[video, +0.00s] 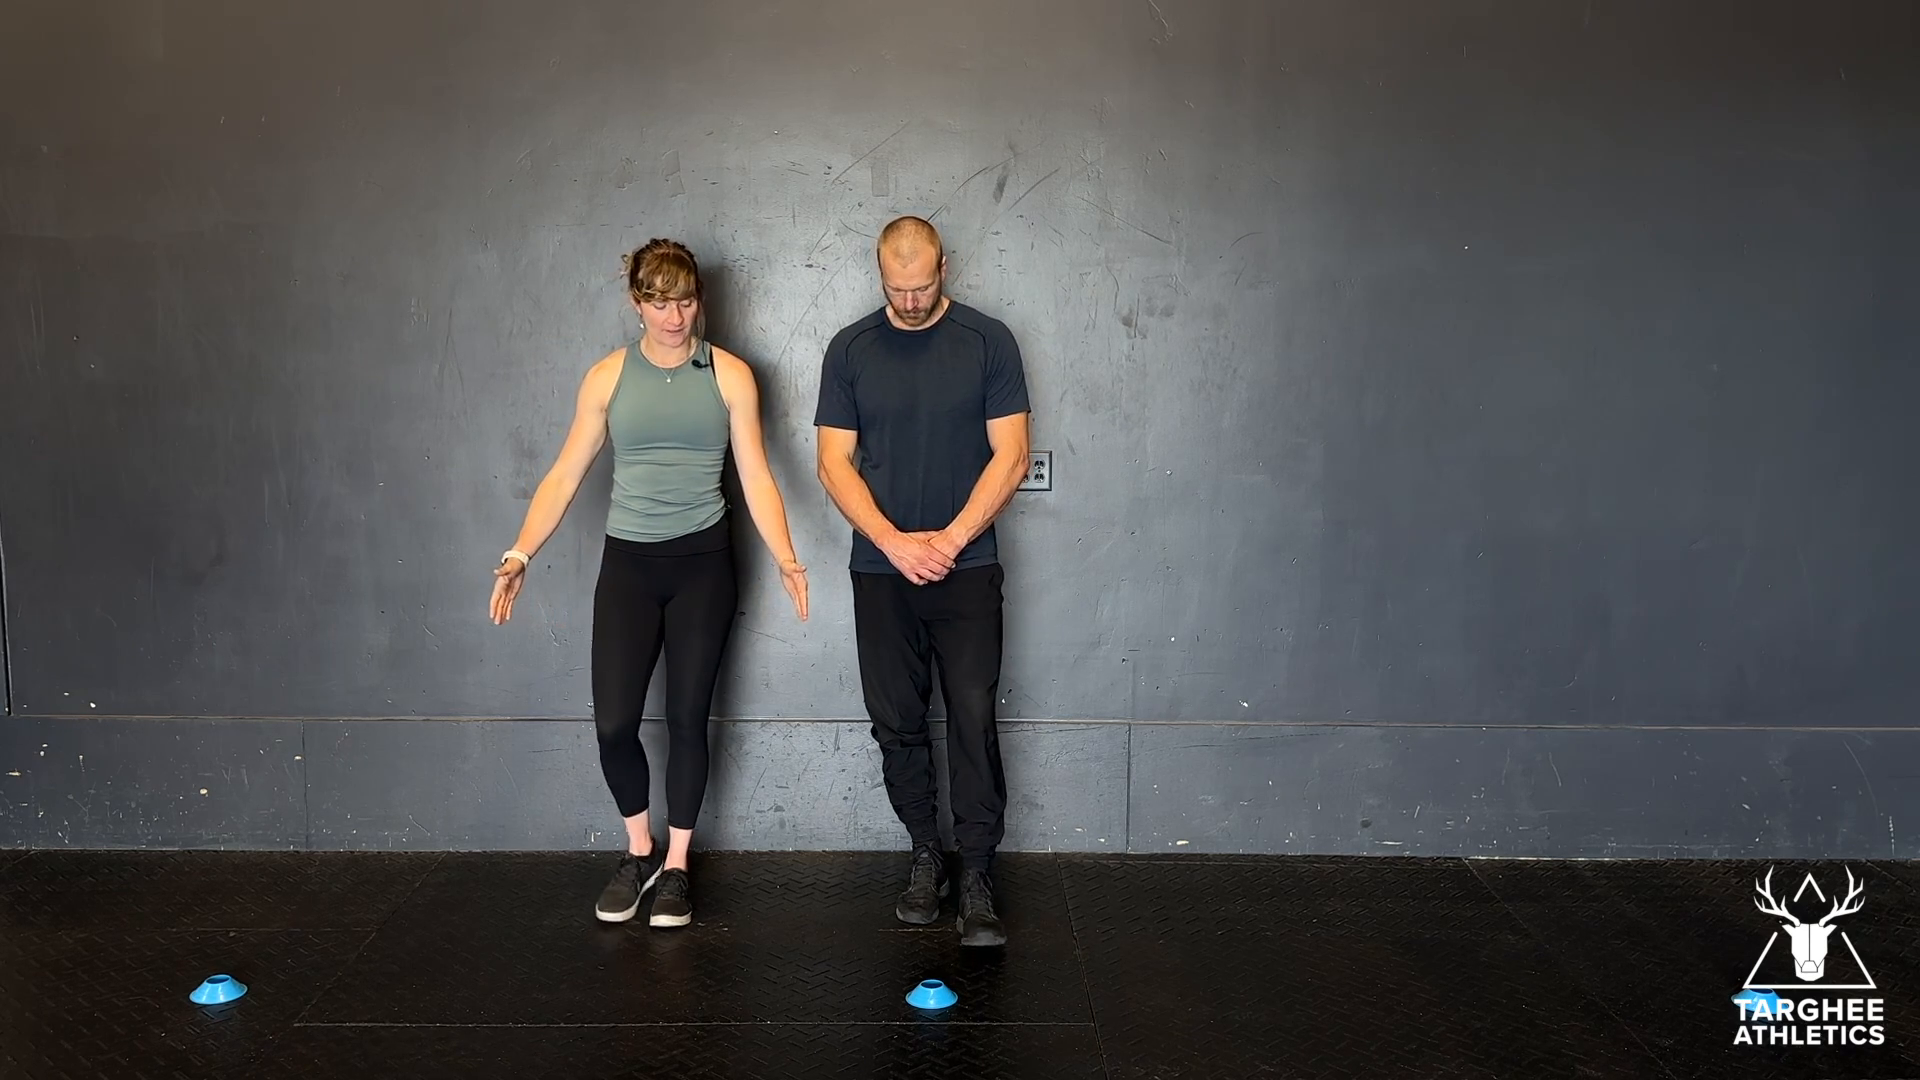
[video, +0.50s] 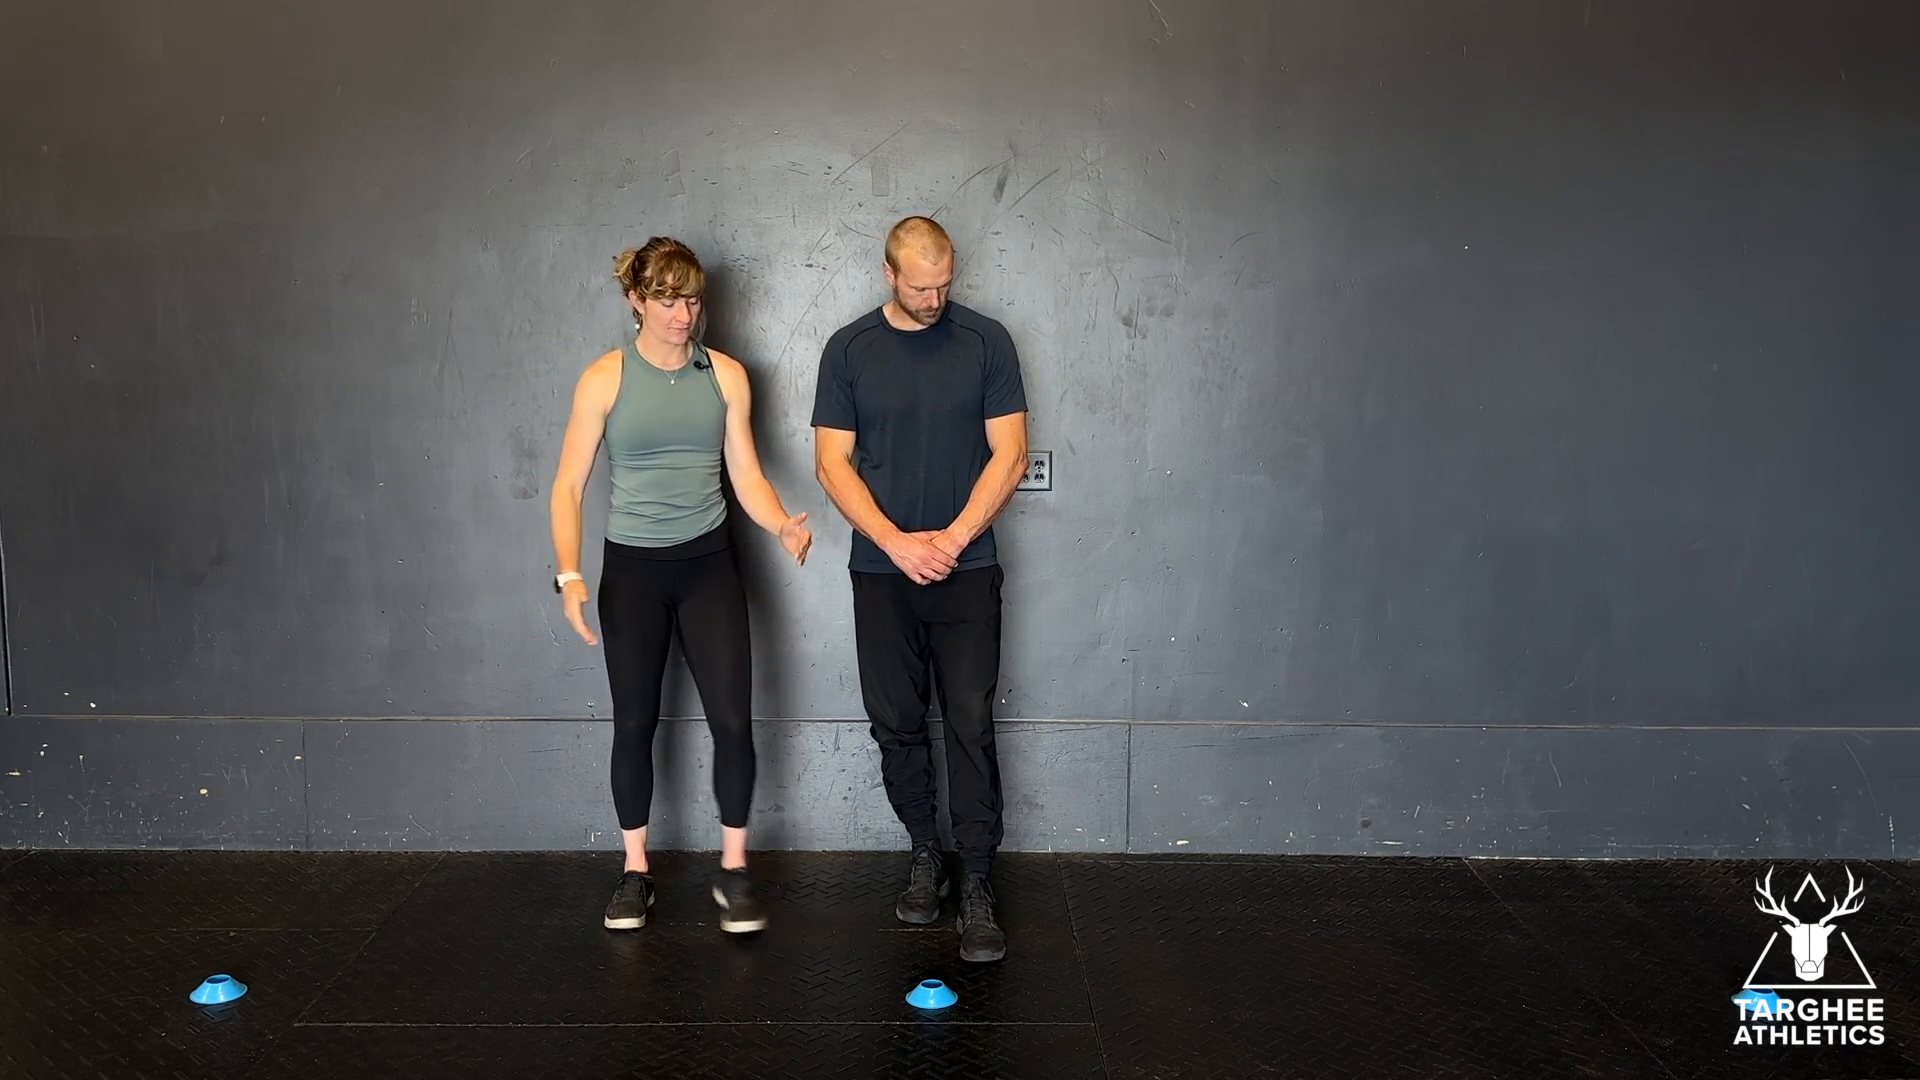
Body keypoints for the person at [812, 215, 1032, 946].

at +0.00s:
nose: (910, 299)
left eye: (920, 287)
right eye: (898, 288)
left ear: (941, 270)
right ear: (880, 275)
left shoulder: (987, 341)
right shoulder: (850, 348)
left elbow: (1012, 457)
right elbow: (832, 463)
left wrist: (951, 538)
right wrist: (891, 539)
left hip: (966, 565)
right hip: (881, 566)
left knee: (974, 719)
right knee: (897, 721)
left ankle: (976, 871)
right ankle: (926, 853)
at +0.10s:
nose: (912, 301)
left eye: (922, 289)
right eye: (900, 291)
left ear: (941, 271)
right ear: (882, 277)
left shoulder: (987, 341)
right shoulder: (850, 349)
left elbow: (1013, 457)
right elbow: (832, 464)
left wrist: (951, 539)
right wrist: (891, 539)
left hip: (967, 564)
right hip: (883, 566)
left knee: (974, 718)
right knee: (897, 720)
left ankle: (976, 870)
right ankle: (927, 854)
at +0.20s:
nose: (917, 305)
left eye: (928, 294)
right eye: (905, 295)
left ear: (944, 275)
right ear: (884, 277)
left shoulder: (986, 341)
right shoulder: (850, 350)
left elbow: (1013, 457)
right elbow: (832, 466)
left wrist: (952, 539)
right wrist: (891, 540)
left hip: (966, 569)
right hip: (883, 572)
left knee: (972, 724)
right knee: (897, 725)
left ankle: (977, 882)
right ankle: (928, 858)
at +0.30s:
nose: (924, 302)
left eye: (934, 289)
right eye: (911, 291)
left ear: (946, 272)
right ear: (886, 275)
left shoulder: (985, 340)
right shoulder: (849, 349)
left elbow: (1012, 456)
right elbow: (832, 464)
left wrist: (952, 539)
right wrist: (890, 539)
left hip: (966, 569)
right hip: (883, 572)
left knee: (969, 724)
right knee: (898, 725)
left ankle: (976, 883)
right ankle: (929, 859)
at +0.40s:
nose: (931, 298)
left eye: (940, 285)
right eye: (918, 287)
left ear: (949, 270)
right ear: (888, 273)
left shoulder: (985, 341)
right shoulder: (849, 348)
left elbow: (1011, 457)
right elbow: (831, 465)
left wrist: (950, 539)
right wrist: (891, 538)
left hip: (966, 568)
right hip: (882, 571)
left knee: (971, 726)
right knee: (898, 726)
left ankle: (977, 882)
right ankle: (928, 856)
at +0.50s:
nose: (935, 296)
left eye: (943, 283)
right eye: (922, 285)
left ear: (951, 270)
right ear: (891, 274)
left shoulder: (984, 341)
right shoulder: (849, 348)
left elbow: (1011, 457)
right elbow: (831, 465)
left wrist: (953, 538)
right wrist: (893, 539)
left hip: (965, 567)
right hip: (882, 571)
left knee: (970, 725)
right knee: (897, 725)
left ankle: (977, 883)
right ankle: (928, 857)